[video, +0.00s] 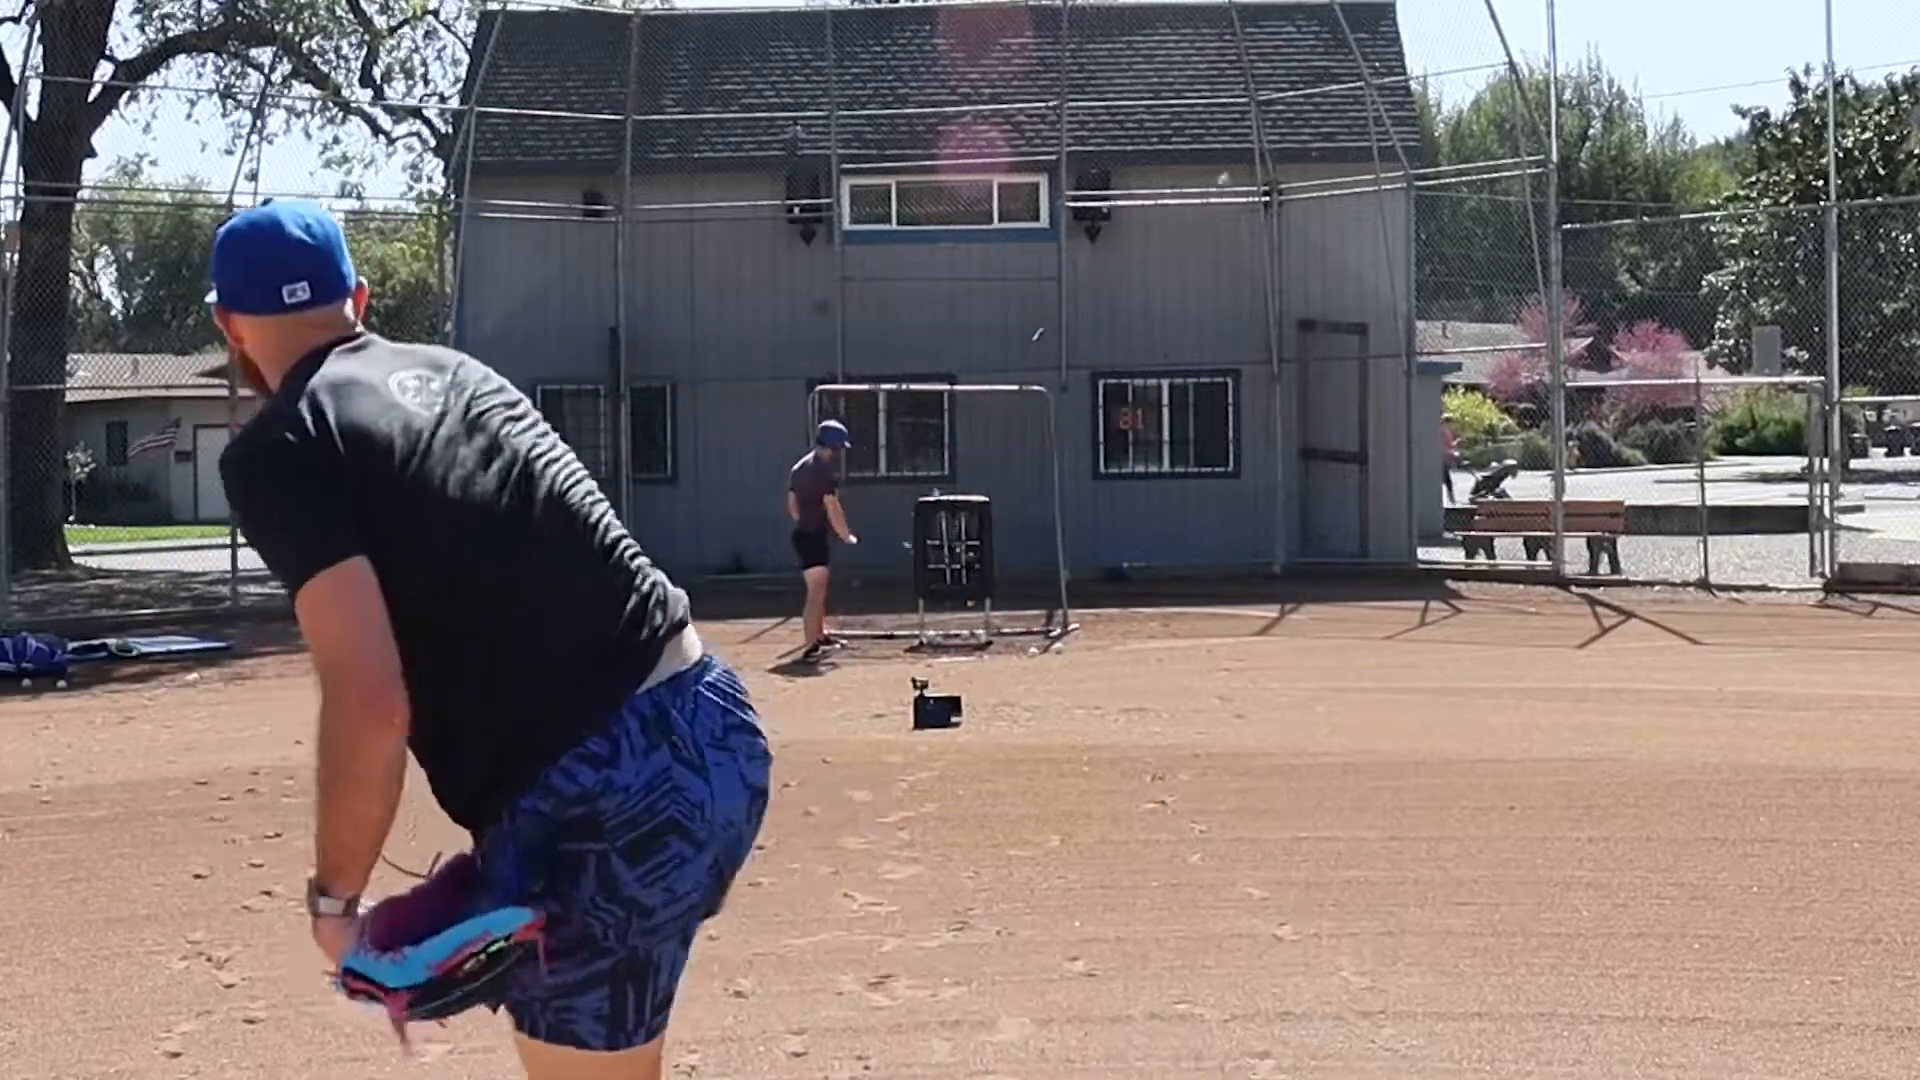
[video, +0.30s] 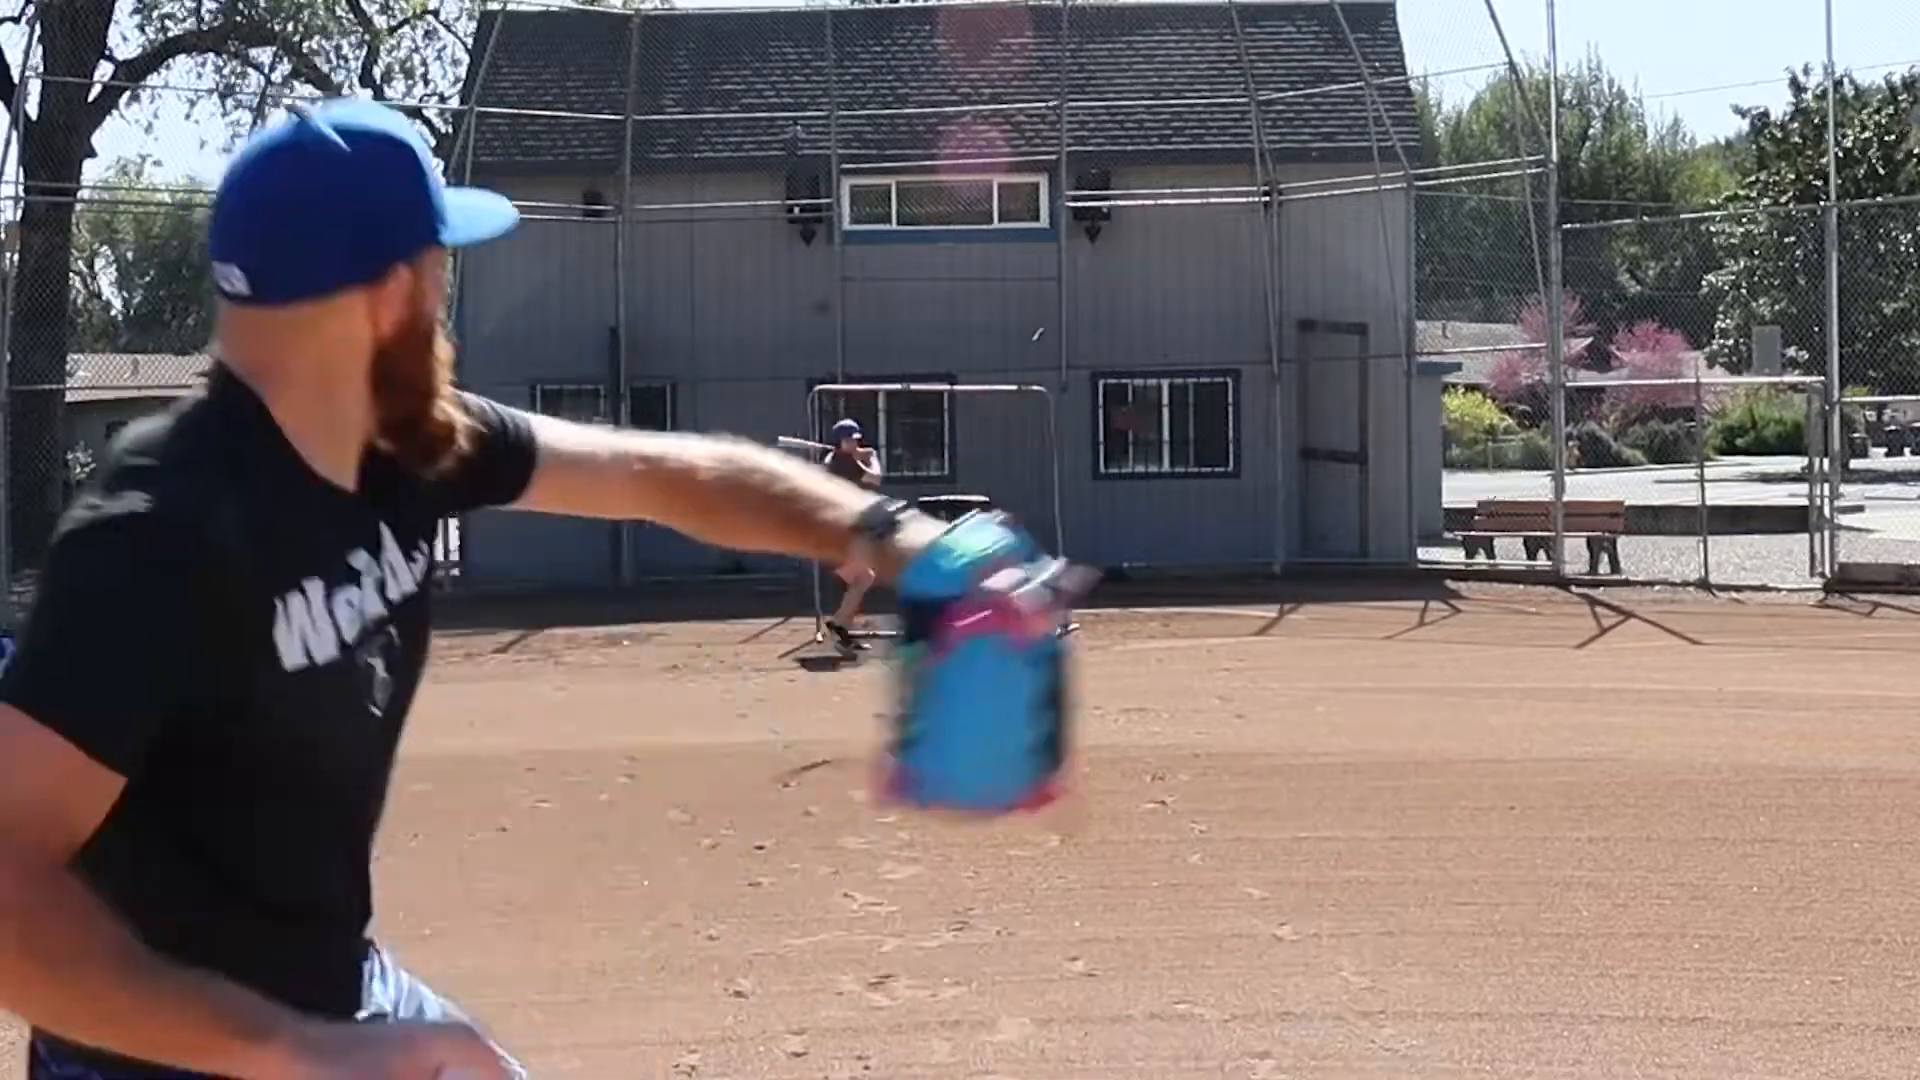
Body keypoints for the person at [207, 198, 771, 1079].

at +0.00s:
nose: (231, 343)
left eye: (225, 325)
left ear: (232, 330)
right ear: (359, 299)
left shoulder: (283, 442)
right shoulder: (452, 368)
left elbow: (370, 700)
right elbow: (547, 592)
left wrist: (335, 895)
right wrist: (506, 844)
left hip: (612, 788)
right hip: (709, 723)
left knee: (587, 1056)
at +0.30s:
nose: (448, 291)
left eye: (442, 263)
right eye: (435, 263)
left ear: (252, 282)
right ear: (382, 289)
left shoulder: (402, 448)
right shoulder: (146, 534)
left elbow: (663, 476)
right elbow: (12, 883)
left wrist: (891, 538)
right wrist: (292, 1050)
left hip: (350, 994)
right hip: (160, 1045)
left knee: (493, 1068)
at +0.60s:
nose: (525, 479)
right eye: (521, 464)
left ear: (386, 511)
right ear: (511, 479)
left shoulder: (334, 709)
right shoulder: (614, 581)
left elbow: (272, 986)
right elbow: (846, 464)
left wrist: (353, 956)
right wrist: (742, 358)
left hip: (426, 1042)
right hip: (613, 1029)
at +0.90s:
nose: (282, 595)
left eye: (284, 572)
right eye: (287, 570)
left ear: (307, 554)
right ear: (400, 531)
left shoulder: (334, 596)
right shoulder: (492, 602)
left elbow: (349, 720)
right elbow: (444, 867)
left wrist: (227, 860)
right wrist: (328, 978)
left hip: (565, 827)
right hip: (720, 757)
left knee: (577, 1057)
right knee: (916, 1064)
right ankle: (1166, 885)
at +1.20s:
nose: (191, 422)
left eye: (186, 406)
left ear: (195, 413)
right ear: (321, 387)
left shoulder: (226, 518)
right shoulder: (402, 448)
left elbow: (289, 739)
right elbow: (420, 641)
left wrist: (219, 866)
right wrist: (273, 799)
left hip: (565, 830)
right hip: (695, 722)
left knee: (587, 1065)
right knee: (819, 954)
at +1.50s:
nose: (137, 341)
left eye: (131, 323)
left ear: (142, 327)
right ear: (275, 293)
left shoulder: (223, 452)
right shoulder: (358, 375)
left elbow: (305, 745)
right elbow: (402, 584)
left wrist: (168, 793)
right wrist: (328, 744)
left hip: (535, 820)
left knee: (557, 1066)